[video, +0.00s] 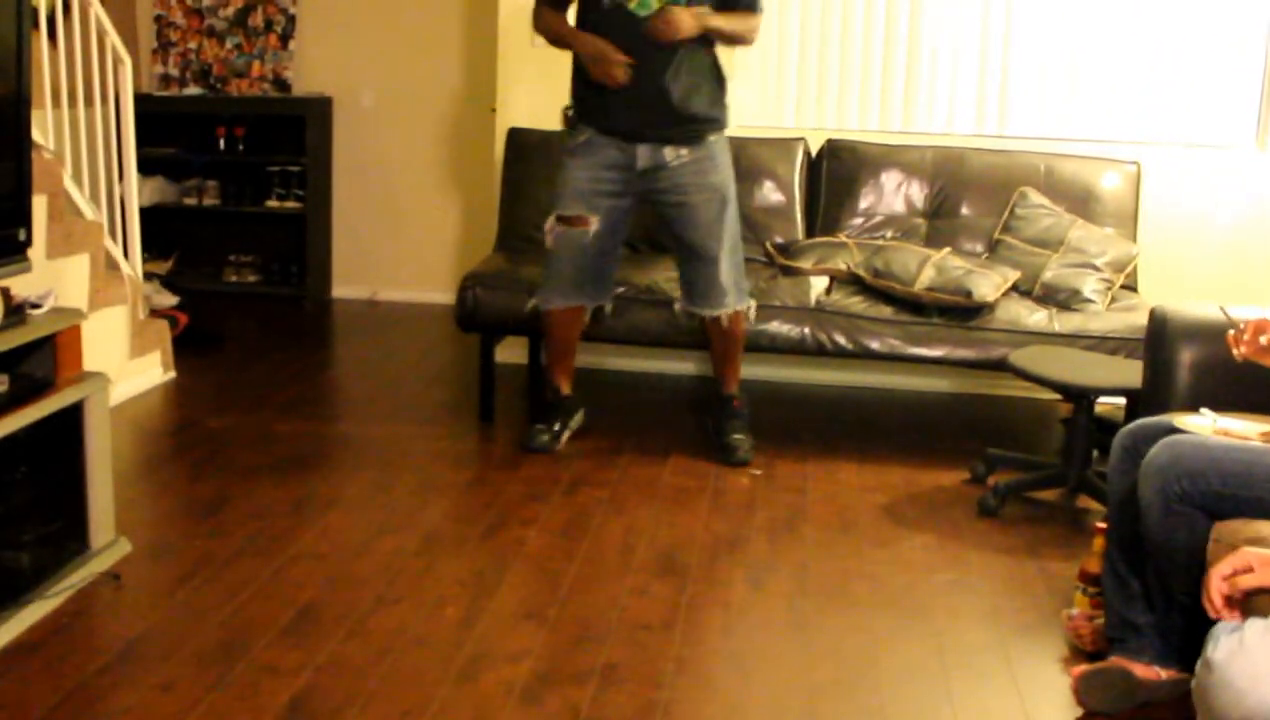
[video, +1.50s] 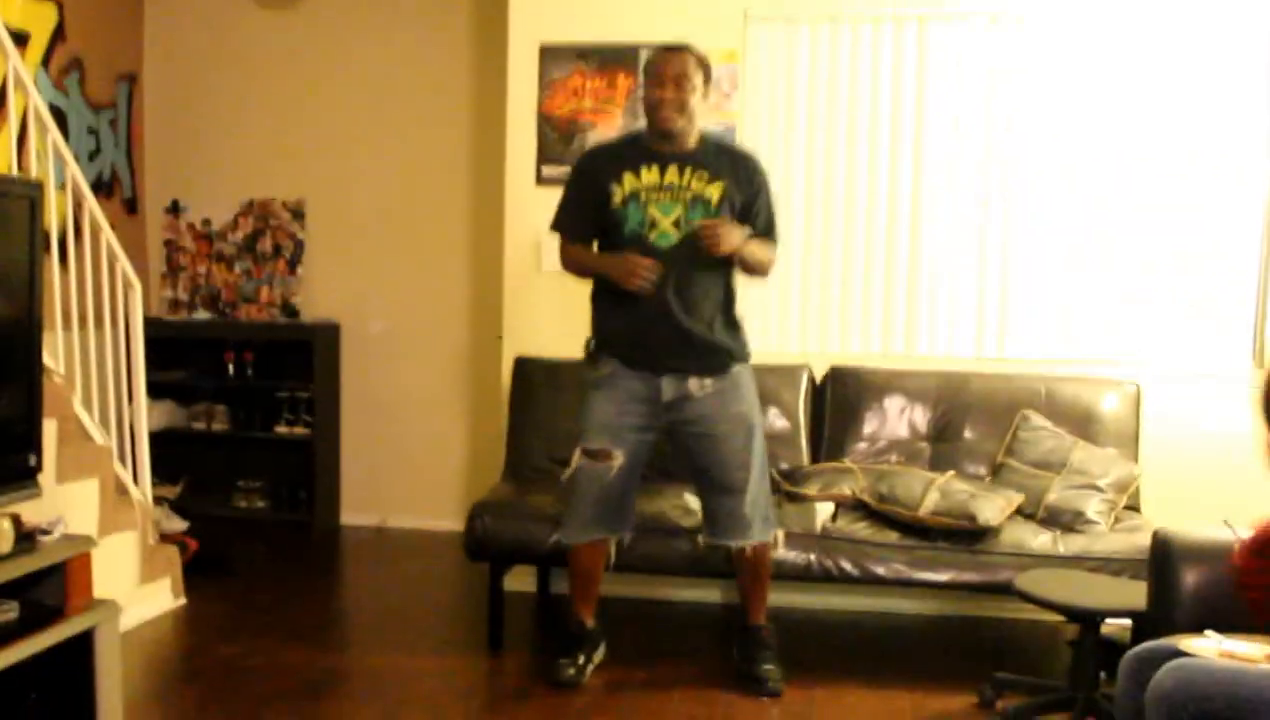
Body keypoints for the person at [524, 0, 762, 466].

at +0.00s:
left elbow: (747, 25)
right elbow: (545, 14)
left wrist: (702, 20)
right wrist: (585, 44)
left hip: (692, 137)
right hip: (599, 135)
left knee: (721, 282)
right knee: (566, 272)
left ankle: (729, 404)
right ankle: (559, 398)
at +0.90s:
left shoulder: (742, 1)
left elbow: (814, 29)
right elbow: (560, 41)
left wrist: (790, 14)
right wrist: (581, 8)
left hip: (727, 155)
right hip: (633, 153)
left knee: (749, 301)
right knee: (595, 288)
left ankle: (751, 421)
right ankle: (576, 418)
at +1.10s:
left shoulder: (749, 5)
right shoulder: (612, 4)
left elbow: (764, 93)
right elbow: (621, 94)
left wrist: (768, 37)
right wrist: (596, 85)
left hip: (725, 189)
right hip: (634, 184)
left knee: (752, 336)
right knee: (595, 317)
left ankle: (753, 460)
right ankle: (576, 452)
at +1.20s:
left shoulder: (746, 21)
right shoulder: (609, 23)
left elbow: (765, 120)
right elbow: (587, 117)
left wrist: (719, 69)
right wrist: (637, 118)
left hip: (713, 226)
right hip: (623, 223)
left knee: (741, 374)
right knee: (594, 354)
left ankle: (750, 497)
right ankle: (578, 493)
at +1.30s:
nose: (666, 20)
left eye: (677, 9)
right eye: (656, 8)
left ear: (696, 16)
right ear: (641, 15)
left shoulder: (732, 95)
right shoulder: (600, 86)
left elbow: (763, 172)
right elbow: (573, 164)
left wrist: (703, 152)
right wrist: (648, 163)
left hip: (702, 281)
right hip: (615, 278)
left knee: (736, 427)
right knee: (583, 419)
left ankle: (750, 555)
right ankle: (578, 553)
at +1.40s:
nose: (664, 72)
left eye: (676, 60)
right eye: (655, 59)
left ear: (694, 66)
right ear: (639, 66)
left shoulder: (728, 145)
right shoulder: (597, 139)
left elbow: (746, 230)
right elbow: (574, 219)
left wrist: (691, 207)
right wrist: (647, 231)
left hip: (702, 333)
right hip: (612, 332)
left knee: (742, 476)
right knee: (578, 470)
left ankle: (752, 602)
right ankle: (581, 605)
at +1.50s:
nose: (666, 96)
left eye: (679, 86)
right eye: (657, 85)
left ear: (702, 94)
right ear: (642, 92)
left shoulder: (739, 170)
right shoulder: (601, 166)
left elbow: (765, 264)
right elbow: (569, 251)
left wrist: (741, 241)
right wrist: (608, 265)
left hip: (716, 367)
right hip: (623, 367)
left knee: (748, 506)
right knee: (591, 494)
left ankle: (756, 636)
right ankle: (582, 634)